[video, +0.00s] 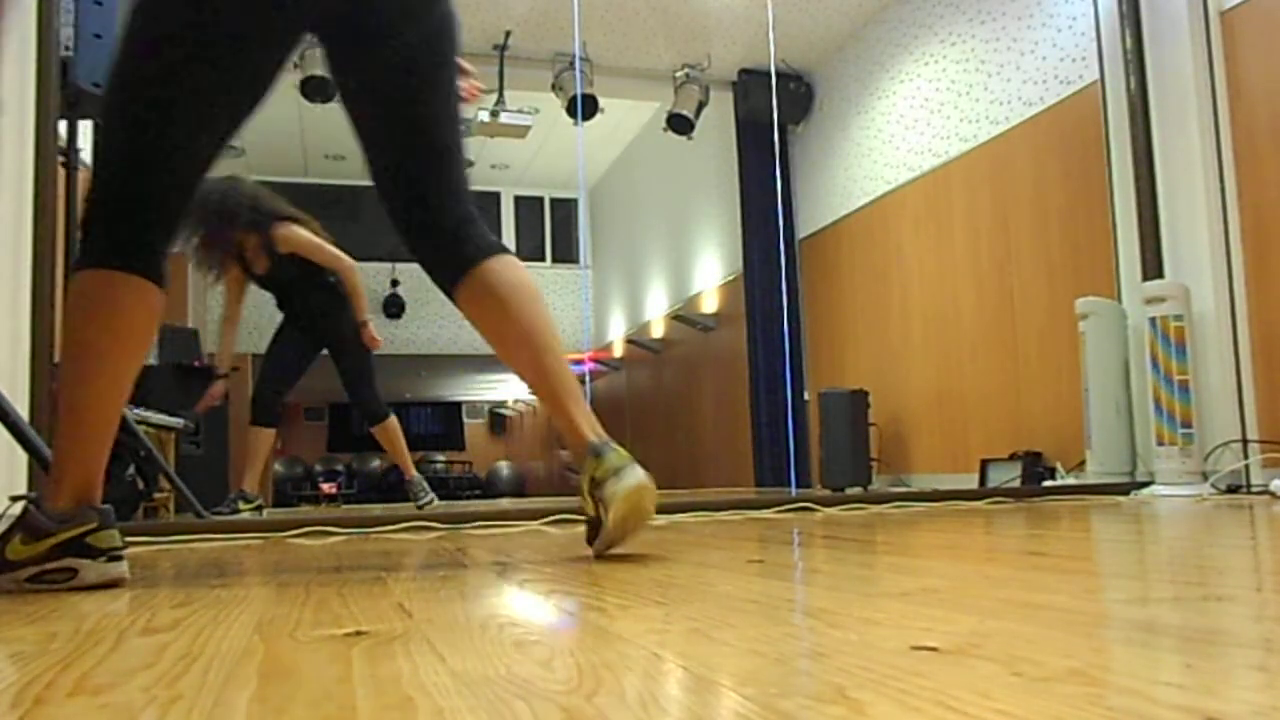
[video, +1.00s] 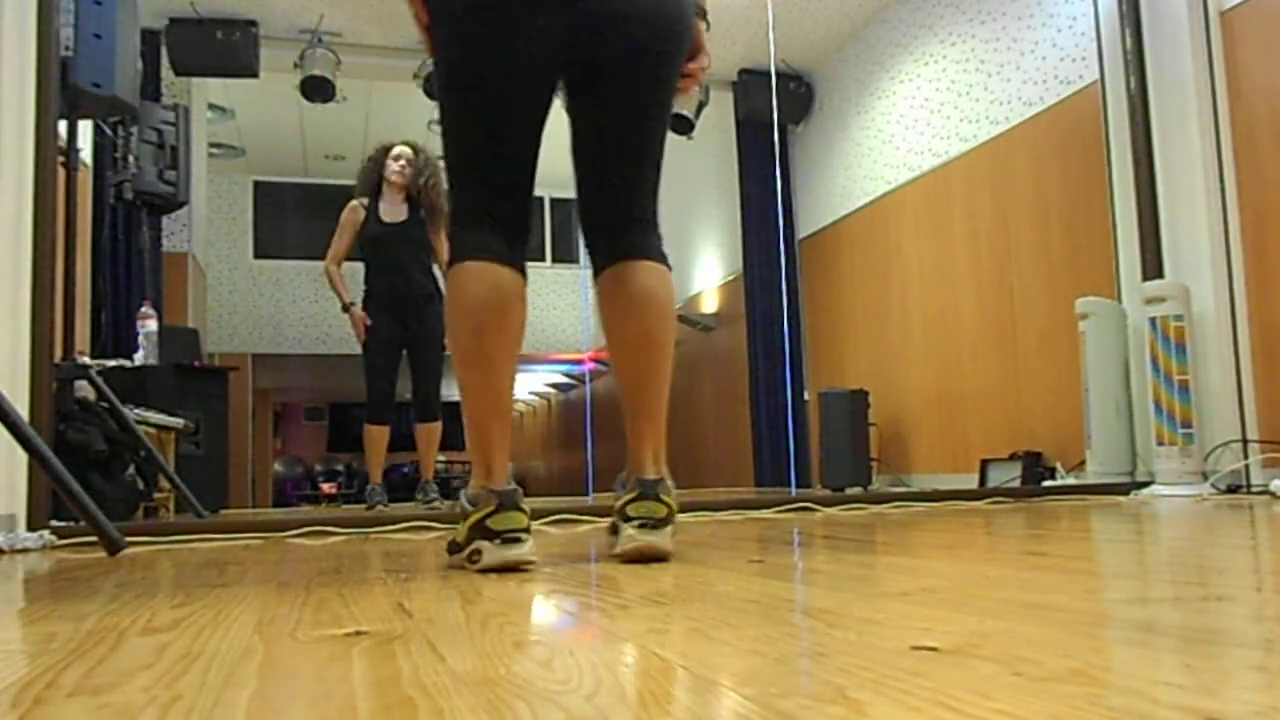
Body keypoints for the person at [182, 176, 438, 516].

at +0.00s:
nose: (213, 235)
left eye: (216, 226)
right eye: (211, 228)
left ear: (233, 218)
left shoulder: (284, 234)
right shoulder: (238, 259)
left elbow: (347, 266)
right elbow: (231, 316)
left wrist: (364, 321)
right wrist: (221, 374)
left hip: (337, 317)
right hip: (299, 324)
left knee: (367, 401)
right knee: (265, 398)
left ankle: (413, 480)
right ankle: (249, 494)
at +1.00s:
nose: (401, 165)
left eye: (408, 162)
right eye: (395, 159)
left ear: (417, 174)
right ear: (381, 166)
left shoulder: (428, 213)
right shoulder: (359, 210)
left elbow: (446, 263)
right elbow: (332, 263)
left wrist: (455, 314)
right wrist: (350, 307)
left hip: (425, 312)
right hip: (381, 314)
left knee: (428, 398)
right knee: (379, 399)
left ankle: (428, 482)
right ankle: (375, 484)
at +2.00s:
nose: (526, 172)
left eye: (531, 169)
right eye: (520, 167)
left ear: (537, 179)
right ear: (507, 175)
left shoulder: (544, 216)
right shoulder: (491, 212)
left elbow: (572, 209)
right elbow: (490, 193)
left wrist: (549, 173)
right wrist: (509, 169)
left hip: (542, 308)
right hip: (500, 308)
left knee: (541, 398)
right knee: (494, 397)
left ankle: (546, 480)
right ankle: (482, 481)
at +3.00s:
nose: (528, 177)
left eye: (534, 174)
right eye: (522, 171)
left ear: (539, 188)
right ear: (507, 181)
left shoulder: (542, 223)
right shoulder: (486, 217)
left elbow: (564, 243)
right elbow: (442, 227)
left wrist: (557, 198)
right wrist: (476, 196)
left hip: (526, 318)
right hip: (482, 316)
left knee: (573, 385)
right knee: (478, 398)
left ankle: (568, 470)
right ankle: (481, 483)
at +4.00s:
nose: (575, 170)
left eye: (580, 164)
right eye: (567, 166)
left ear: (590, 172)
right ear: (556, 176)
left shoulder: (611, 207)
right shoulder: (551, 224)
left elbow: (645, 254)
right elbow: (549, 278)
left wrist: (632, 299)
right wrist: (541, 277)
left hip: (606, 309)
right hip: (562, 308)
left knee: (604, 393)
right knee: (538, 388)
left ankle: (603, 478)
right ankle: (519, 477)